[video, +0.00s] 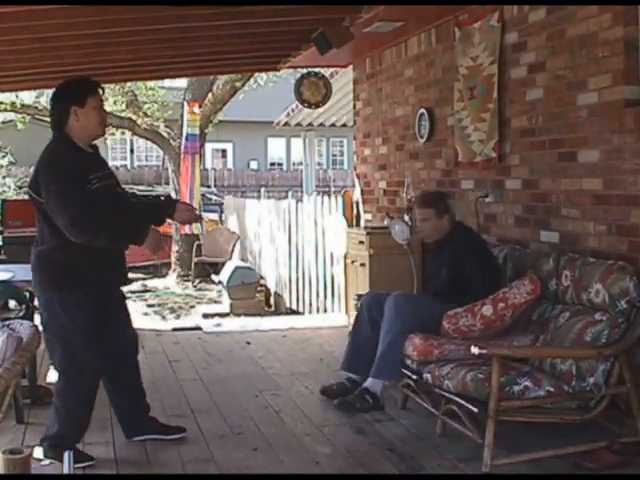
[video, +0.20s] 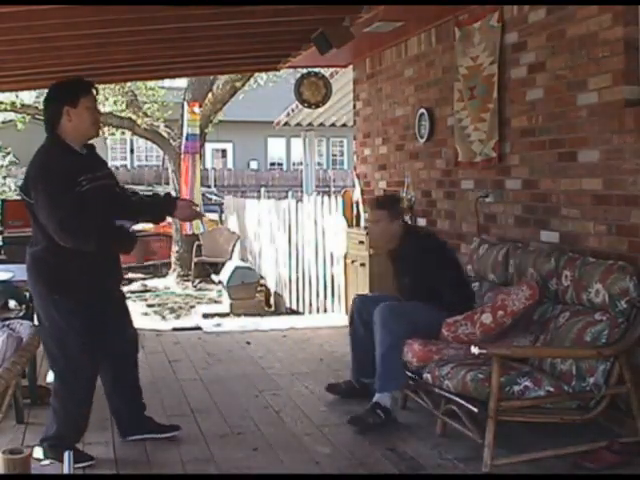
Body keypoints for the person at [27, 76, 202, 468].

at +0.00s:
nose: (106, 113)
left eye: (104, 106)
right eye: (99, 106)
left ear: (79, 113)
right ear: (76, 113)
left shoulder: (89, 159)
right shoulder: (58, 162)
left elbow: (119, 204)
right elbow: (82, 225)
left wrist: (169, 207)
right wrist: (140, 235)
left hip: (99, 280)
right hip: (66, 285)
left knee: (120, 352)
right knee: (78, 365)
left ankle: (137, 424)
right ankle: (57, 444)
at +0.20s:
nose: (100, 113)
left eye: (97, 105)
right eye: (92, 106)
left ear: (74, 114)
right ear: (69, 113)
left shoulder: (90, 160)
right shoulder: (47, 167)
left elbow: (119, 202)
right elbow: (69, 229)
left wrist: (169, 206)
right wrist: (127, 242)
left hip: (97, 276)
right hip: (60, 282)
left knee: (120, 347)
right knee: (75, 362)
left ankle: (133, 423)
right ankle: (57, 444)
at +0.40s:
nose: (101, 113)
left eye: (99, 106)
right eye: (93, 106)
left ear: (76, 113)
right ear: (69, 113)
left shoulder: (96, 161)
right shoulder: (42, 167)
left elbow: (127, 200)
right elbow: (50, 232)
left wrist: (179, 194)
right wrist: (101, 263)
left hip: (99, 272)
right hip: (59, 276)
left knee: (121, 346)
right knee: (73, 358)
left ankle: (131, 422)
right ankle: (57, 442)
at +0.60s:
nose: (107, 115)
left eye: (106, 108)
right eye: (100, 109)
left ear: (85, 113)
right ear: (74, 113)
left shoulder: (103, 160)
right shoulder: (44, 164)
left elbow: (133, 199)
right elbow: (37, 229)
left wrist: (160, 180)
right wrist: (58, 271)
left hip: (100, 276)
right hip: (57, 279)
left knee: (120, 346)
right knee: (69, 360)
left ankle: (131, 418)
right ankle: (57, 443)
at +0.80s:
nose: (118, 117)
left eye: (117, 110)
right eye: (112, 110)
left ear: (95, 114)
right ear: (87, 113)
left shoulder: (116, 162)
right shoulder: (56, 162)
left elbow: (153, 206)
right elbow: (41, 225)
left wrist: (139, 203)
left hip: (106, 277)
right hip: (63, 280)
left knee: (124, 347)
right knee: (67, 361)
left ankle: (130, 419)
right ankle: (56, 442)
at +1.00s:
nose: (121, 118)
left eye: (121, 110)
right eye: (115, 110)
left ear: (100, 114)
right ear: (89, 112)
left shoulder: (120, 163)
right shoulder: (60, 157)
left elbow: (150, 203)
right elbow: (54, 195)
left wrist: (183, 236)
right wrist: (69, 148)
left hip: (110, 274)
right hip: (66, 276)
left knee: (124, 347)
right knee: (68, 361)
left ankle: (131, 419)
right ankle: (54, 441)